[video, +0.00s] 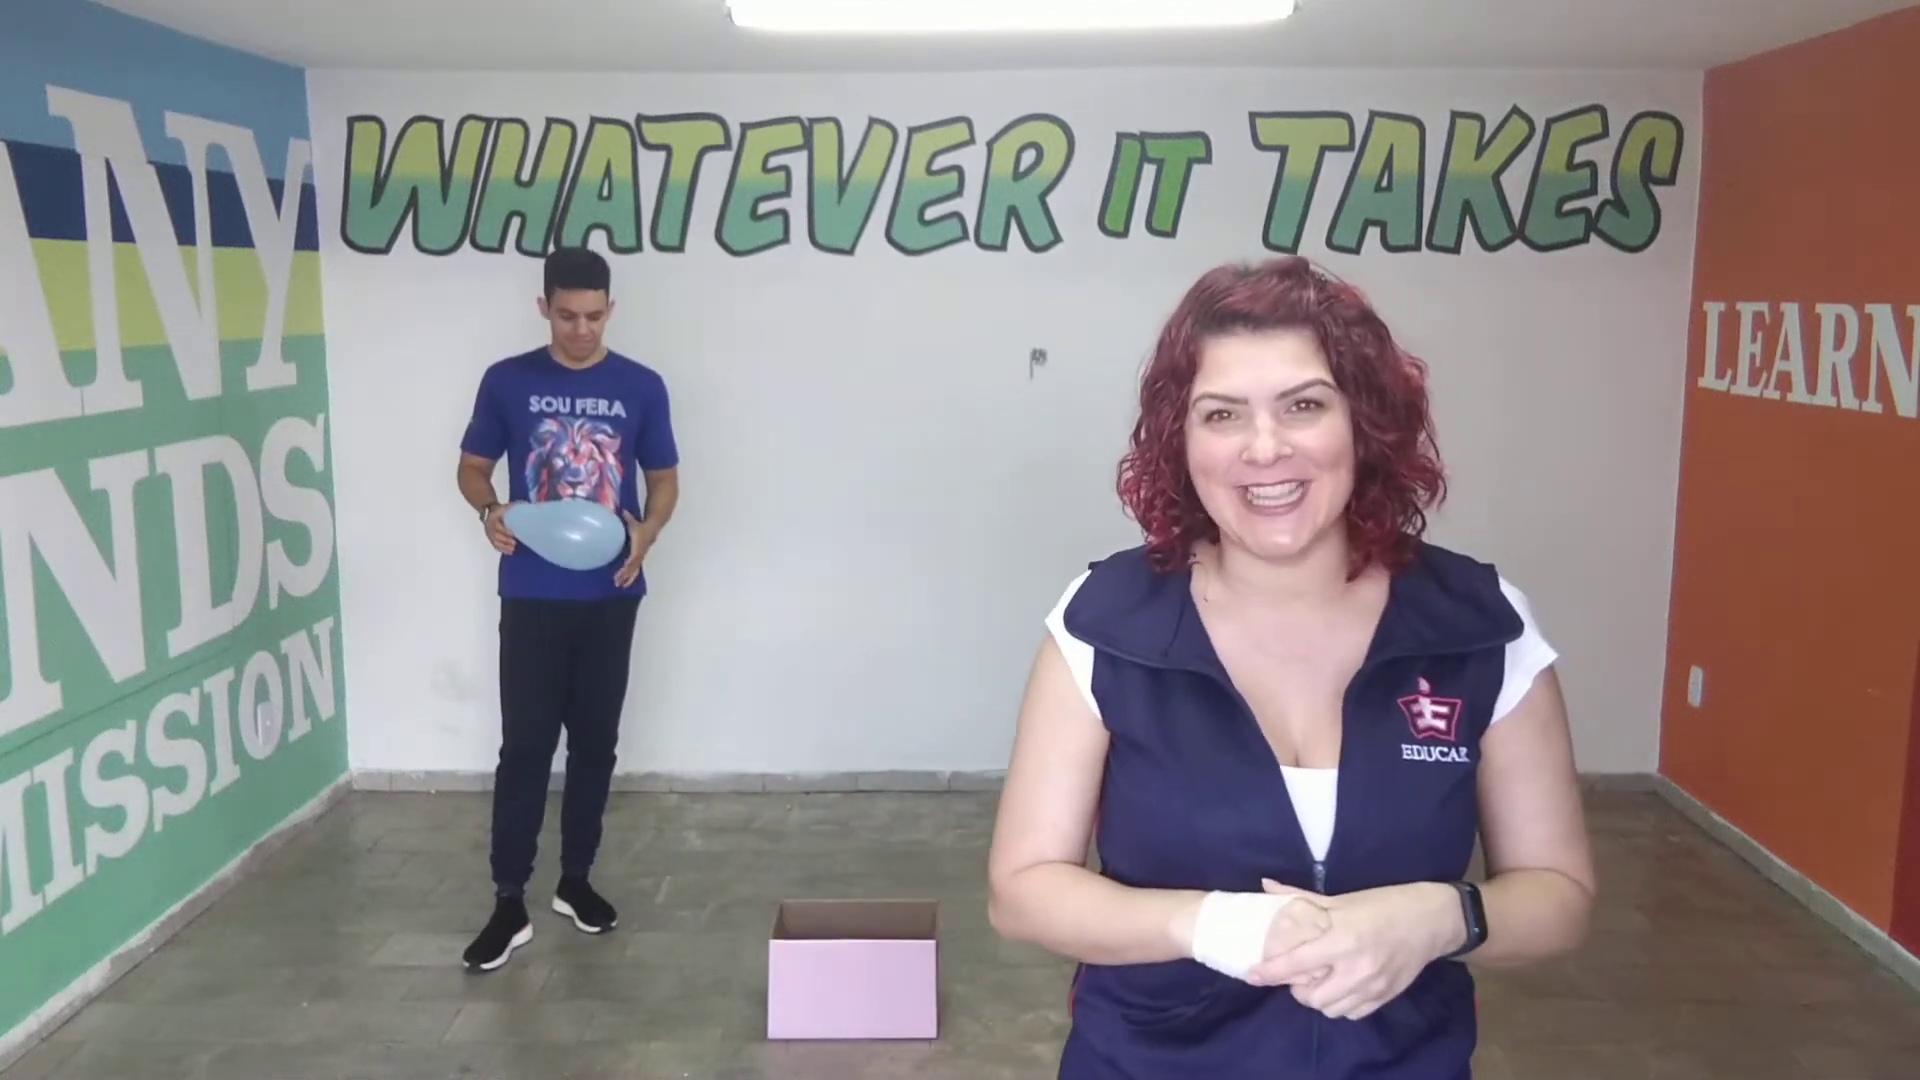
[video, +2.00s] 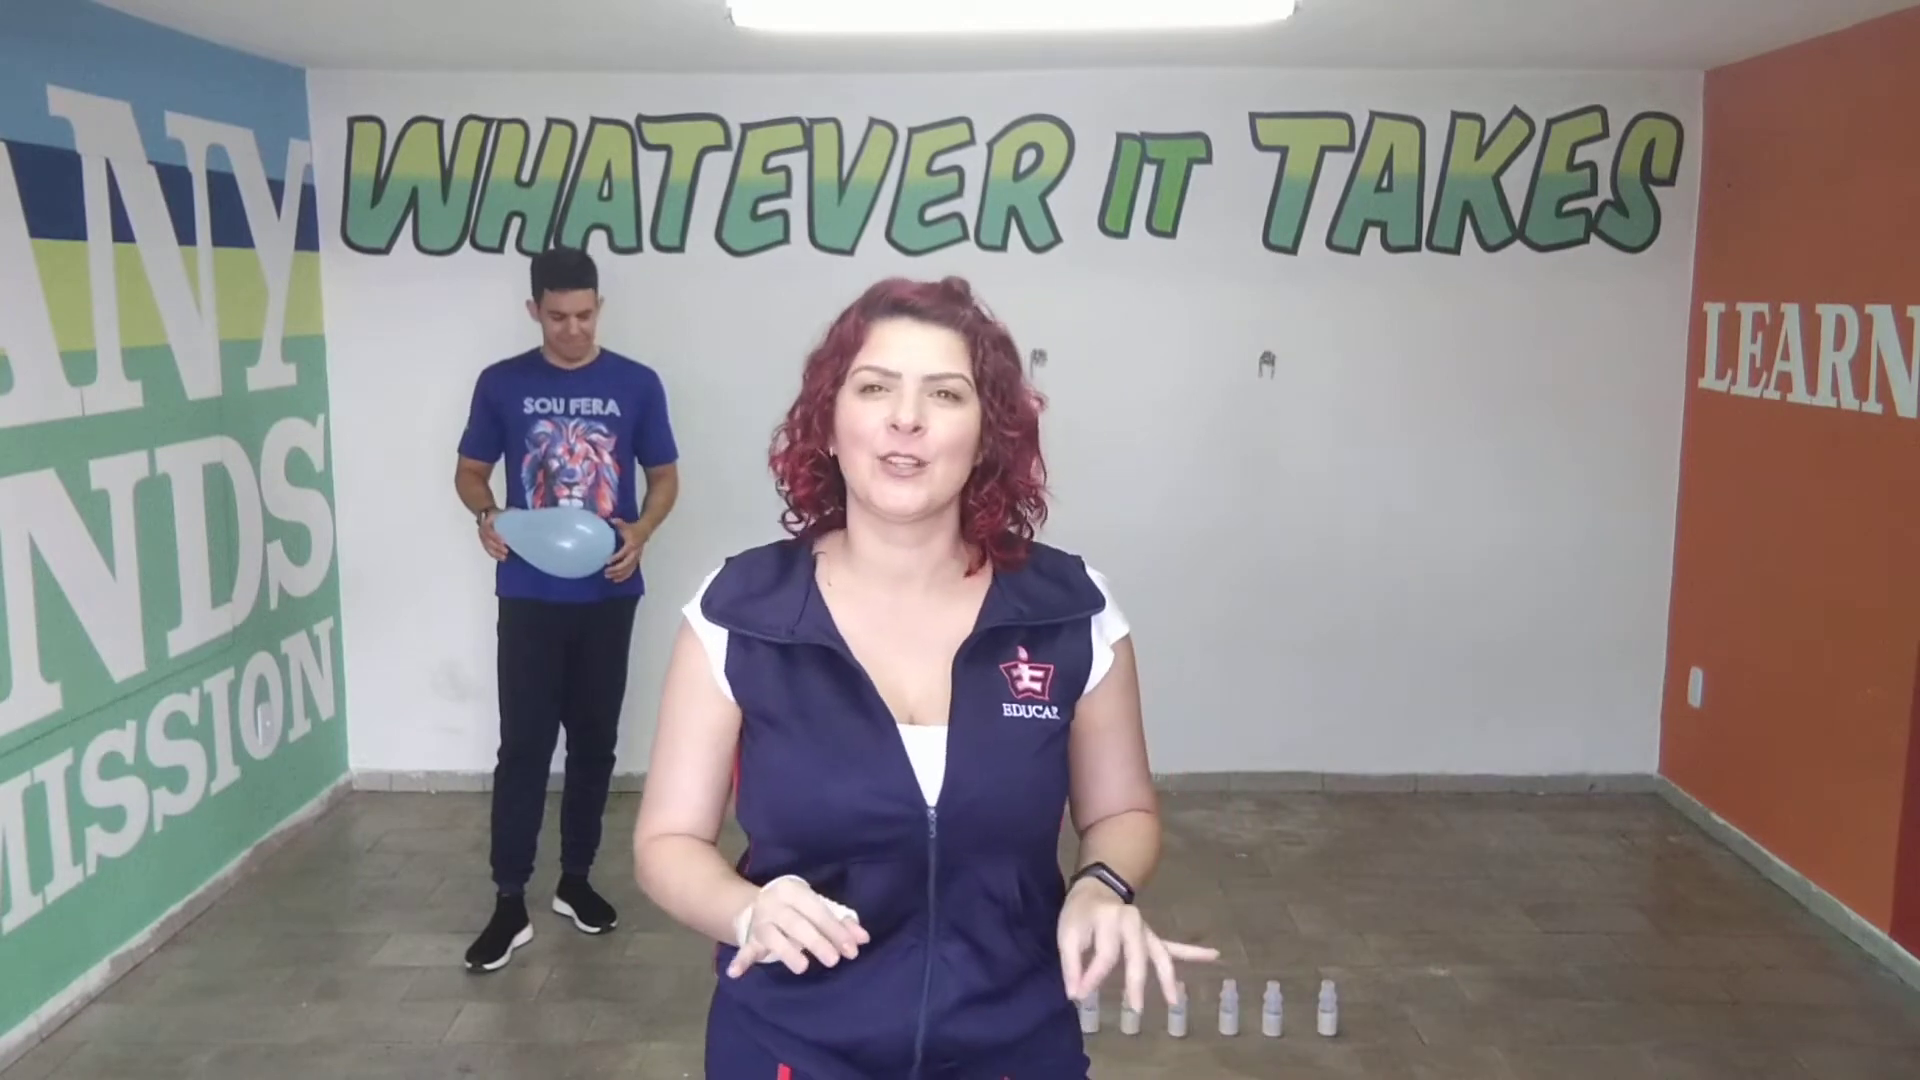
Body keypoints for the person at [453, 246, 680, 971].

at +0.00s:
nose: (581, 327)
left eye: (594, 314)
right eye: (569, 314)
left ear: (610, 313)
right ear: (546, 309)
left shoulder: (642, 389)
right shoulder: (508, 383)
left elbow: (665, 483)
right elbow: (472, 468)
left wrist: (647, 528)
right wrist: (490, 509)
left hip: (609, 598)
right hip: (532, 597)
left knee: (594, 745)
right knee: (526, 747)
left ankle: (574, 882)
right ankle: (510, 901)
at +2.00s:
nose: (574, 327)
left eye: (585, 314)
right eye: (560, 315)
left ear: (600, 310)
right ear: (537, 312)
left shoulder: (637, 387)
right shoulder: (502, 385)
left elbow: (666, 480)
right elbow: (470, 475)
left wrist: (642, 531)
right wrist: (489, 515)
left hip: (607, 599)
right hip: (530, 599)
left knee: (594, 746)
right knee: (524, 749)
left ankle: (575, 882)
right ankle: (509, 902)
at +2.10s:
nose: (568, 322)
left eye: (579, 310)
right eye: (555, 310)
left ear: (597, 307)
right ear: (535, 308)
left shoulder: (637, 386)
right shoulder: (502, 385)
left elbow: (666, 479)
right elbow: (471, 477)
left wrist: (641, 530)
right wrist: (489, 514)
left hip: (607, 597)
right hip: (529, 597)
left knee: (593, 745)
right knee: (524, 748)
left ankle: (575, 882)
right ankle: (509, 901)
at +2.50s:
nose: (555, 306)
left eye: (568, 294)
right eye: (543, 294)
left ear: (592, 302)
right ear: (529, 302)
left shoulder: (633, 385)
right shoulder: (499, 384)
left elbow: (664, 477)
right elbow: (470, 475)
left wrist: (634, 528)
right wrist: (485, 516)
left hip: (602, 597)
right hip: (525, 596)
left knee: (592, 746)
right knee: (522, 748)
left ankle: (575, 883)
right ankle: (509, 902)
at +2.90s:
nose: (548, 304)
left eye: (561, 293)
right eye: (536, 293)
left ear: (585, 303)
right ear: (522, 302)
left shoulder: (627, 385)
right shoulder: (491, 385)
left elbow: (658, 480)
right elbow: (463, 478)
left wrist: (628, 530)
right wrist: (481, 518)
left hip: (599, 596)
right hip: (520, 595)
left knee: (589, 745)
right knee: (506, 745)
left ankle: (575, 880)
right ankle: (484, 895)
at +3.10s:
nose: (536, 303)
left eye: (550, 292)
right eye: (524, 292)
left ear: (573, 302)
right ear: (509, 302)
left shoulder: (617, 385)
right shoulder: (480, 386)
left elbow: (649, 481)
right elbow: (452, 480)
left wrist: (622, 531)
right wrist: (471, 521)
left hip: (592, 600)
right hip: (511, 600)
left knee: (585, 748)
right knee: (495, 752)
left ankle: (575, 881)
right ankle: (468, 908)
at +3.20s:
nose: (528, 302)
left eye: (541, 290)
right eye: (515, 291)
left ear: (565, 301)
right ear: (500, 303)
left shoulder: (608, 385)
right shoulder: (470, 386)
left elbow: (642, 479)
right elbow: (442, 480)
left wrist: (616, 532)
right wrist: (463, 521)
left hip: (585, 600)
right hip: (503, 601)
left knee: (581, 748)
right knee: (491, 752)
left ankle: (575, 882)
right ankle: (467, 907)